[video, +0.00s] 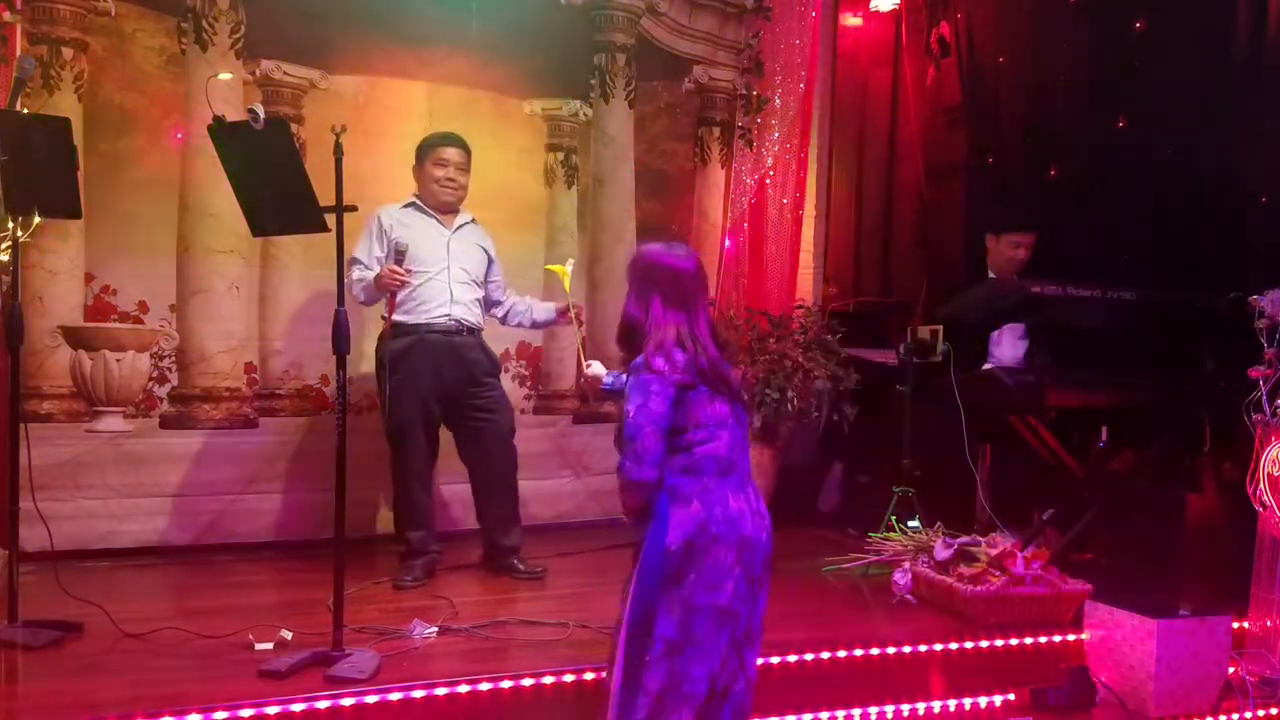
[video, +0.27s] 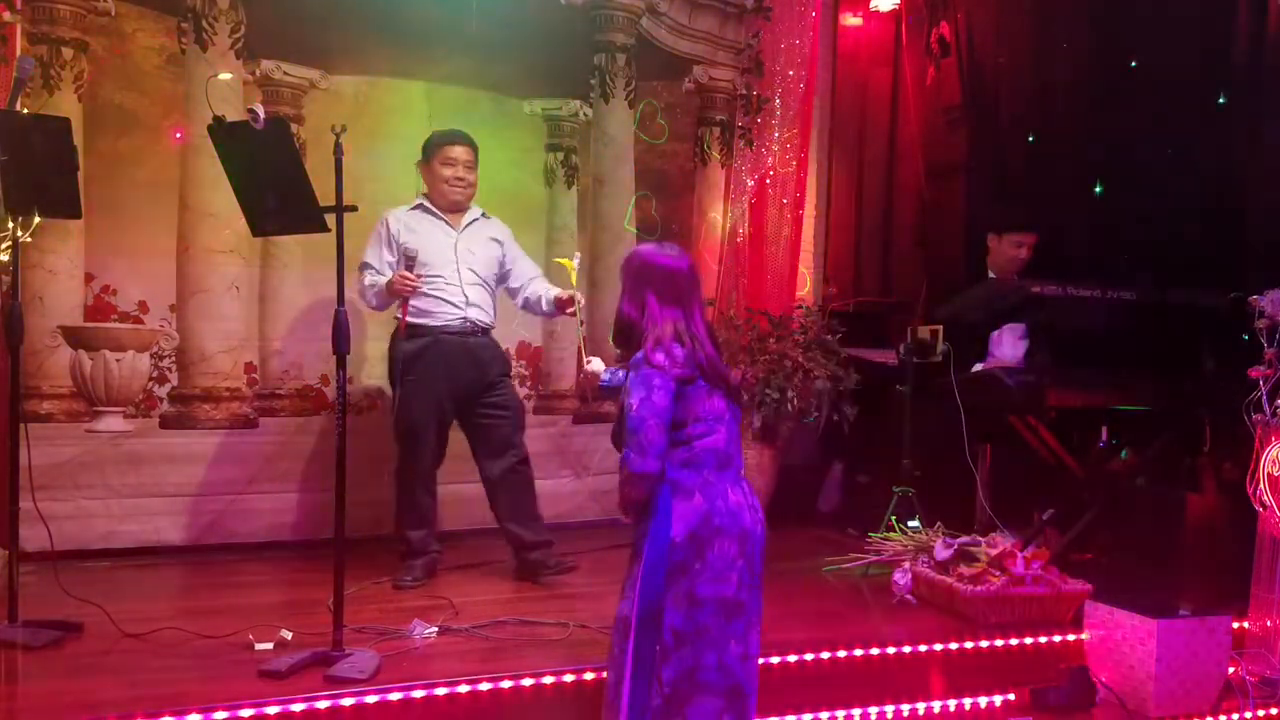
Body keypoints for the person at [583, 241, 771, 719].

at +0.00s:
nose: (628, 303)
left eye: (631, 291)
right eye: (630, 291)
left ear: (646, 299)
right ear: (697, 296)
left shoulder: (656, 365)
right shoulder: (713, 359)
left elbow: (641, 468)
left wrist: (635, 512)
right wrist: (621, 384)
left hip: (693, 523)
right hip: (746, 518)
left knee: (670, 656)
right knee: (723, 654)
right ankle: (719, 717)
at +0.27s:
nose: (622, 302)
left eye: (626, 291)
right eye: (625, 291)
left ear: (641, 297)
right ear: (688, 294)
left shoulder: (654, 362)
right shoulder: (707, 356)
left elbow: (643, 460)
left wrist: (631, 505)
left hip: (688, 515)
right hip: (737, 508)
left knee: (661, 639)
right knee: (722, 642)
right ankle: (718, 716)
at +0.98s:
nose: (596, 294)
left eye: (605, 282)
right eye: (594, 283)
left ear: (640, 286)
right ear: (648, 288)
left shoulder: (640, 343)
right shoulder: (678, 334)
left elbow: (636, 429)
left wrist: (617, 485)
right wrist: (603, 382)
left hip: (670, 492)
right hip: (708, 482)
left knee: (674, 618)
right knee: (707, 613)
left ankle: (687, 710)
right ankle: (724, 707)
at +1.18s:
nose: (591, 287)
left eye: (603, 275)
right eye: (584, 279)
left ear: (640, 281)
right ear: (578, 292)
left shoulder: (643, 341)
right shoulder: (641, 338)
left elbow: (645, 439)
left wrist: (614, 484)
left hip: (676, 496)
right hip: (683, 488)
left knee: (671, 621)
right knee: (667, 617)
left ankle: (684, 712)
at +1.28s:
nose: (592, 281)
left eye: (606, 268)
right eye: (584, 272)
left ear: (640, 278)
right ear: (577, 286)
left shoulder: (650, 342)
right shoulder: (630, 343)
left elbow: (658, 442)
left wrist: (617, 487)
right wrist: (619, 483)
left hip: (677, 506)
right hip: (659, 503)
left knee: (670, 633)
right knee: (655, 629)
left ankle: (681, 714)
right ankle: (663, 711)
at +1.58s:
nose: (599, 271)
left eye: (616, 261)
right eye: (588, 259)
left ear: (641, 281)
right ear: (571, 278)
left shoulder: (655, 356)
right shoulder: (573, 362)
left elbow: (684, 465)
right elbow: (557, 463)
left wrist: (609, 516)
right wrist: (541, 522)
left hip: (654, 554)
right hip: (601, 553)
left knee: (640, 696)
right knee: (616, 695)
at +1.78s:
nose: (588, 265)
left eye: (605, 254)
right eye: (575, 253)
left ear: (630, 274)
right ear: (556, 272)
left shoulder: (650, 359)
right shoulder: (547, 362)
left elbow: (684, 466)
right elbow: (520, 461)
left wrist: (599, 530)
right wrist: (482, 522)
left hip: (630, 572)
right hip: (550, 568)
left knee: (624, 702)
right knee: (539, 698)